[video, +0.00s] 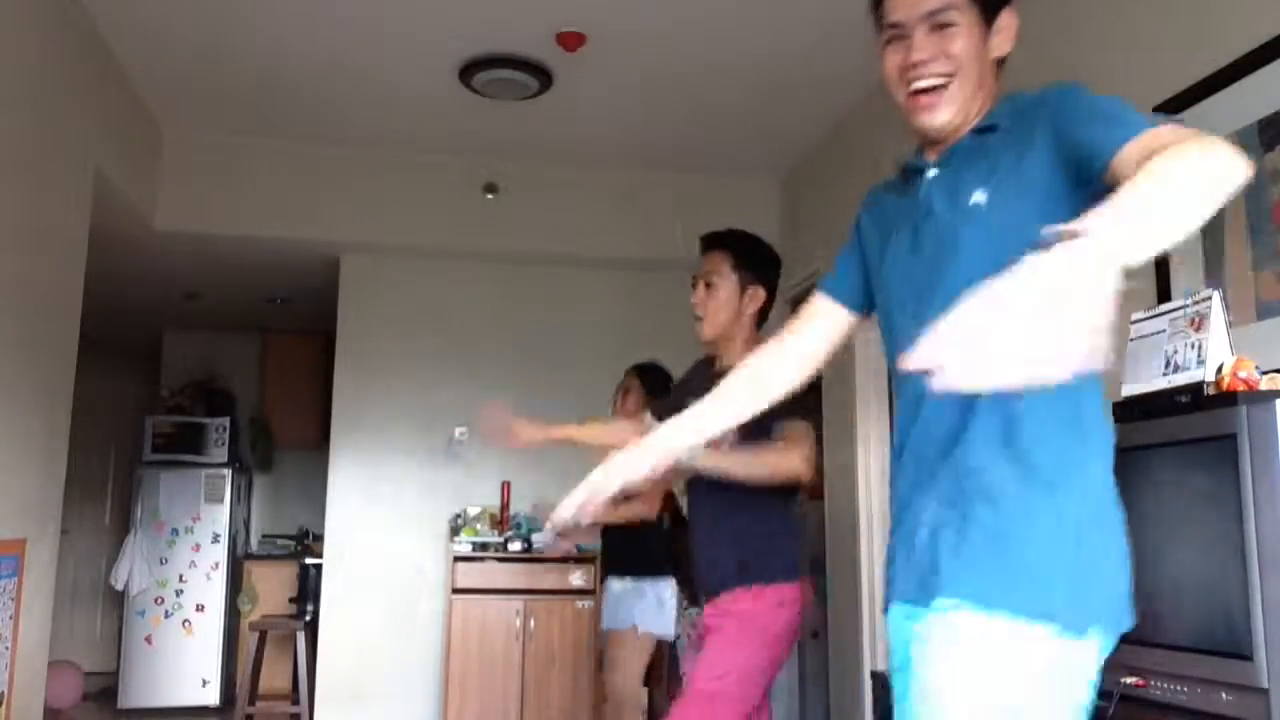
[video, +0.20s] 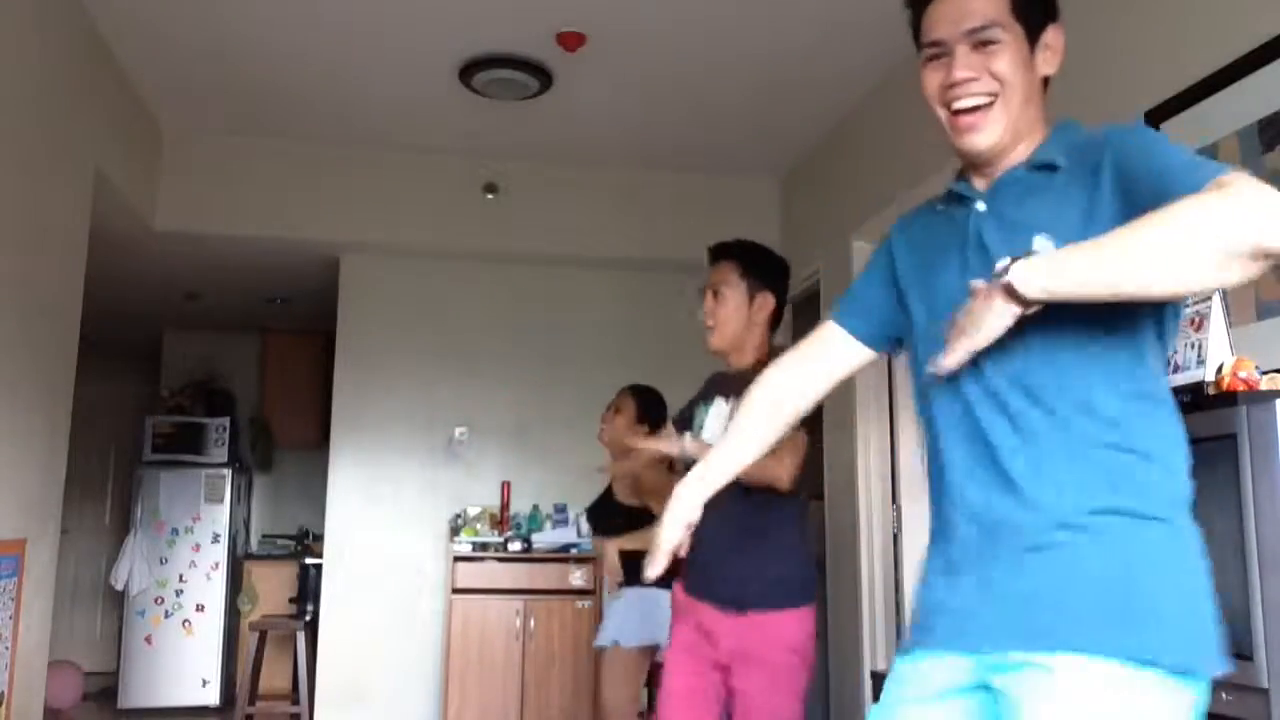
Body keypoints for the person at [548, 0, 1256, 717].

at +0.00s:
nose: (916, 55)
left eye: (942, 26)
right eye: (895, 36)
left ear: (1000, 33)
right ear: (880, 59)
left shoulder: (1055, 119)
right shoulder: (887, 209)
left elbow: (1209, 162)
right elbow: (797, 348)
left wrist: (1078, 261)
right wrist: (653, 451)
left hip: (1031, 568)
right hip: (924, 568)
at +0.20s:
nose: (957, 74)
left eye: (985, 42)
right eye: (936, 54)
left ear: (1047, 52)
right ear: (921, 76)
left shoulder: (1115, 159)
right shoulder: (914, 240)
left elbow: (1258, 226)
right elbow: (807, 370)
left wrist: (1027, 279)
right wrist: (697, 485)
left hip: (1118, 626)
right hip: (953, 629)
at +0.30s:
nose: (966, 69)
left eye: (993, 38)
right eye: (944, 51)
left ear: (1056, 46)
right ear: (930, 75)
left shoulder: (1131, 148)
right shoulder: (927, 240)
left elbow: (1270, 182)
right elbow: (810, 375)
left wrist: (1039, 268)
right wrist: (666, 500)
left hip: (1133, 642)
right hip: (959, 640)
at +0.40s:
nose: (956, 59)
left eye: (982, 27)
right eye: (937, 42)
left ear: (1050, 28)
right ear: (926, 64)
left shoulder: (1126, 116)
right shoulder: (938, 220)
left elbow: (1271, 139)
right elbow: (843, 364)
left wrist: (1130, 256)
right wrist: (705, 436)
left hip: (1113, 614)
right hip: (955, 612)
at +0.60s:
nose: (895, 114)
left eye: (911, 81)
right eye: (891, 94)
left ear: (994, 59)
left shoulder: (1089, 157)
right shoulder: (955, 241)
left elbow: (1197, 210)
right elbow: (867, 418)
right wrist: (914, 372)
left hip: (1078, 621)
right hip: (952, 616)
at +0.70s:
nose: (887, 123)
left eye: (902, 91)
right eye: (884, 103)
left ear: (982, 69)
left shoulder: (1088, 161)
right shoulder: (947, 260)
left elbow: (1205, 220)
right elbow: (844, 416)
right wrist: (885, 381)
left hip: (1088, 607)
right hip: (969, 606)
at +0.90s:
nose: (920, 66)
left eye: (936, 34)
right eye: (917, 52)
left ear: (1020, 15)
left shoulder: (1137, 105)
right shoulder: (938, 209)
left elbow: (1270, 148)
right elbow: (859, 355)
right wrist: (724, 490)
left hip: (1107, 588)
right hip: (963, 591)